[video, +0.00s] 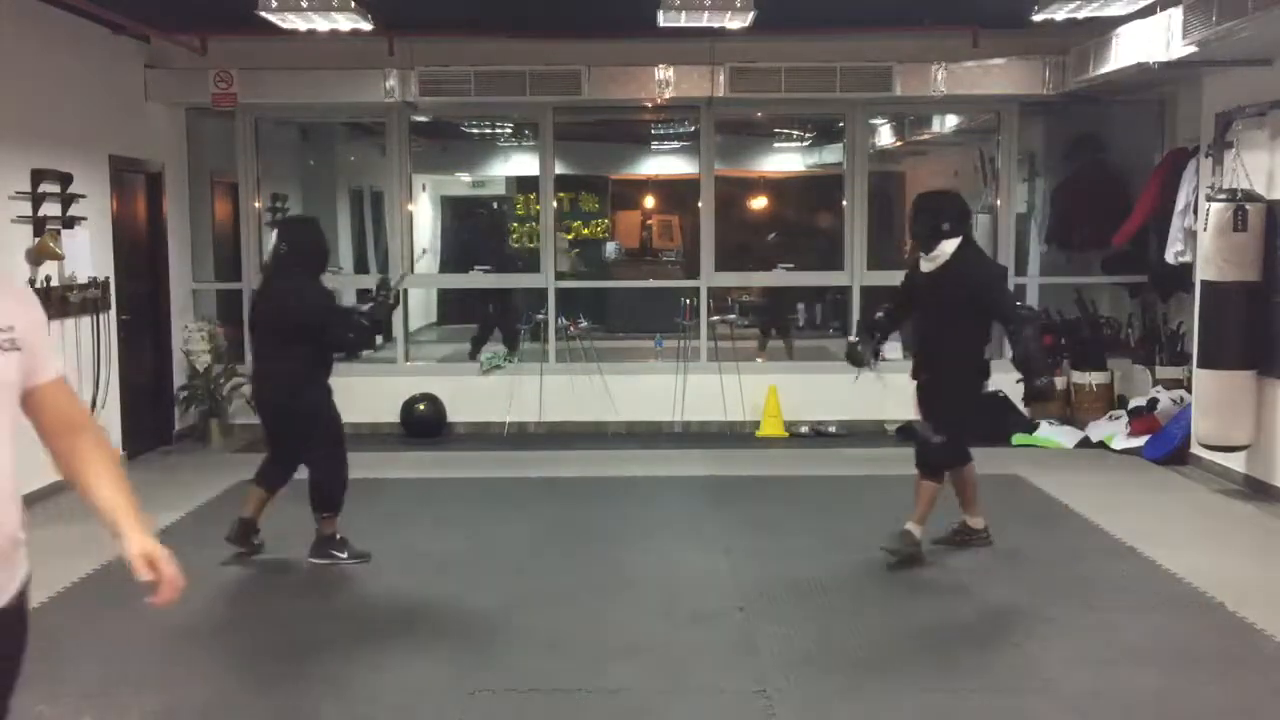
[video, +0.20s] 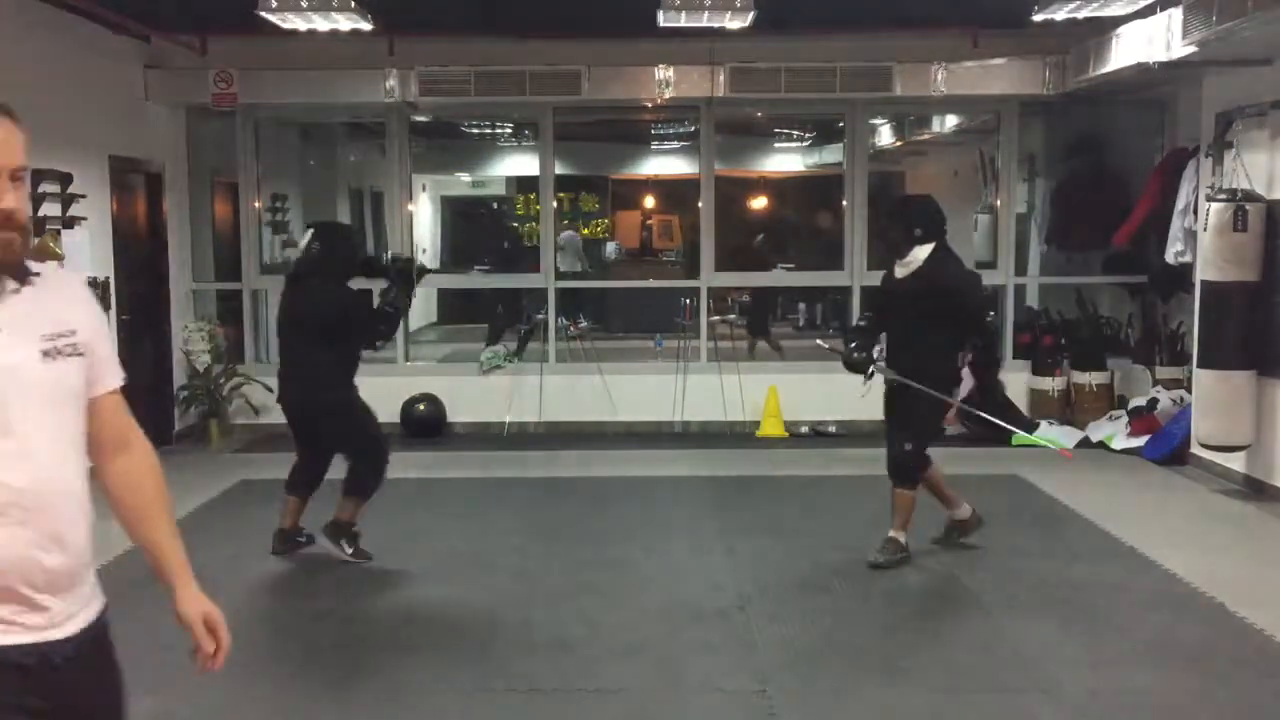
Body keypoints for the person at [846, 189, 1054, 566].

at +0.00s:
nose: (913, 231)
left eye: (918, 223)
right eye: (914, 224)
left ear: (940, 225)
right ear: (946, 225)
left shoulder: (980, 270)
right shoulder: (924, 265)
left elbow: (1014, 321)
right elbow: (902, 304)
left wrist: (1033, 370)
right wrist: (873, 331)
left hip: (962, 372)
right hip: (929, 371)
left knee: (933, 446)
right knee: (952, 448)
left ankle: (913, 531)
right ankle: (974, 524)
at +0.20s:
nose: (890, 235)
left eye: (897, 228)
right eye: (891, 227)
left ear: (917, 228)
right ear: (919, 228)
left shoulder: (952, 274)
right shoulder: (897, 270)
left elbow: (984, 337)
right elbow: (878, 316)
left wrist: (979, 393)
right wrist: (862, 342)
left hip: (935, 374)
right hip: (899, 371)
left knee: (907, 453)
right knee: (906, 452)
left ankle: (897, 537)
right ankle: (961, 512)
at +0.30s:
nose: (883, 232)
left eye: (890, 225)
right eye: (884, 225)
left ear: (907, 228)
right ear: (913, 227)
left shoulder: (943, 275)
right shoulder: (884, 269)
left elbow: (965, 342)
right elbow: (864, 316)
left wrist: (956, 396)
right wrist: (854, 345)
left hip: (925, 380)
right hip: (887, 375)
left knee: (897, 452)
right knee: (874, 452)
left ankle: (897, 537)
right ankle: (937, 502)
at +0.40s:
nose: (865, 233)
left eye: (872, 225)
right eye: (866, 225)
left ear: (892, 227)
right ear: (904, 226)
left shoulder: (930, 275)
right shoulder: (873, 267)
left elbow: (957, 338)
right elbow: (856, 318)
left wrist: (953, 394)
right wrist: (846, 342)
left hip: (918, 375)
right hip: (878, 370)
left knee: (888, 450)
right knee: (854, 446)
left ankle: (895, 536)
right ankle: (902, 507)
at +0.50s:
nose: (848, 239)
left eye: (855, 232)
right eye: (848, 231)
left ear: (877, 233)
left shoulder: (920, 277)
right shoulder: (858, 275)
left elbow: (950, 337)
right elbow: (838, 319)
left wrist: (951, 390)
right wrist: (830, 346)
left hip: (905, 378)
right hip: (864, 373)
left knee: (878, 457)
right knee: (836, 451)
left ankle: (890, 536)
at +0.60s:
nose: (844, 246)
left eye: (850, 238)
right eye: (844, 238)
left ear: (873, 240)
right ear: (876, 241)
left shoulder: (917, 287)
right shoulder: (852, 281)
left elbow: (950, 346)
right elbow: (819, 311)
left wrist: (948, 403)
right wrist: (802, 318)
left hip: (896, 386)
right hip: (858, 381)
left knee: (871, 460)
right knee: (823, 456)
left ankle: (897, 529)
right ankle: (841, 534)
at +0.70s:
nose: (853, 238)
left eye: (858, 231)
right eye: (853, 231)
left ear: (877, 234)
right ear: (891, 234)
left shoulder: (919, 282)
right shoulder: (855, 271)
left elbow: (948, 346)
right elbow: (808, 284)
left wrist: (948, 402)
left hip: (894, 385)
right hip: (856, 380)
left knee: (877, 462)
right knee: (826, 452)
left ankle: (916, 541)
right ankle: (840, 531)